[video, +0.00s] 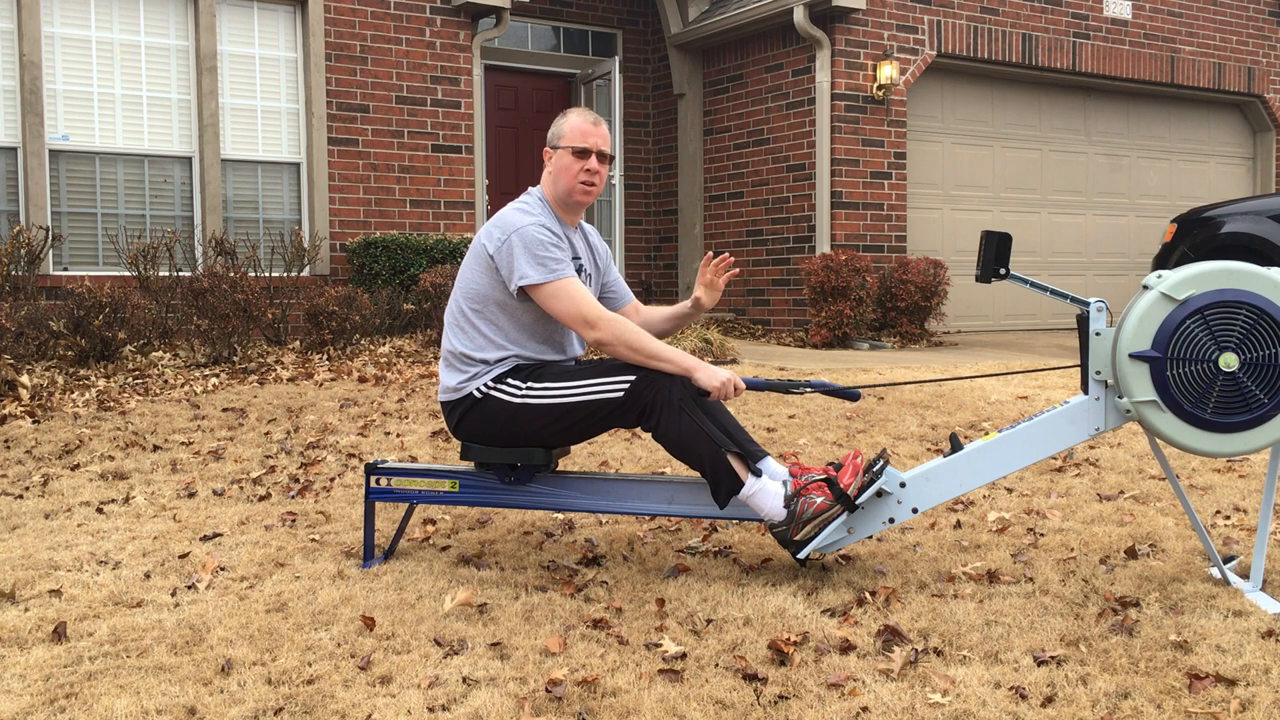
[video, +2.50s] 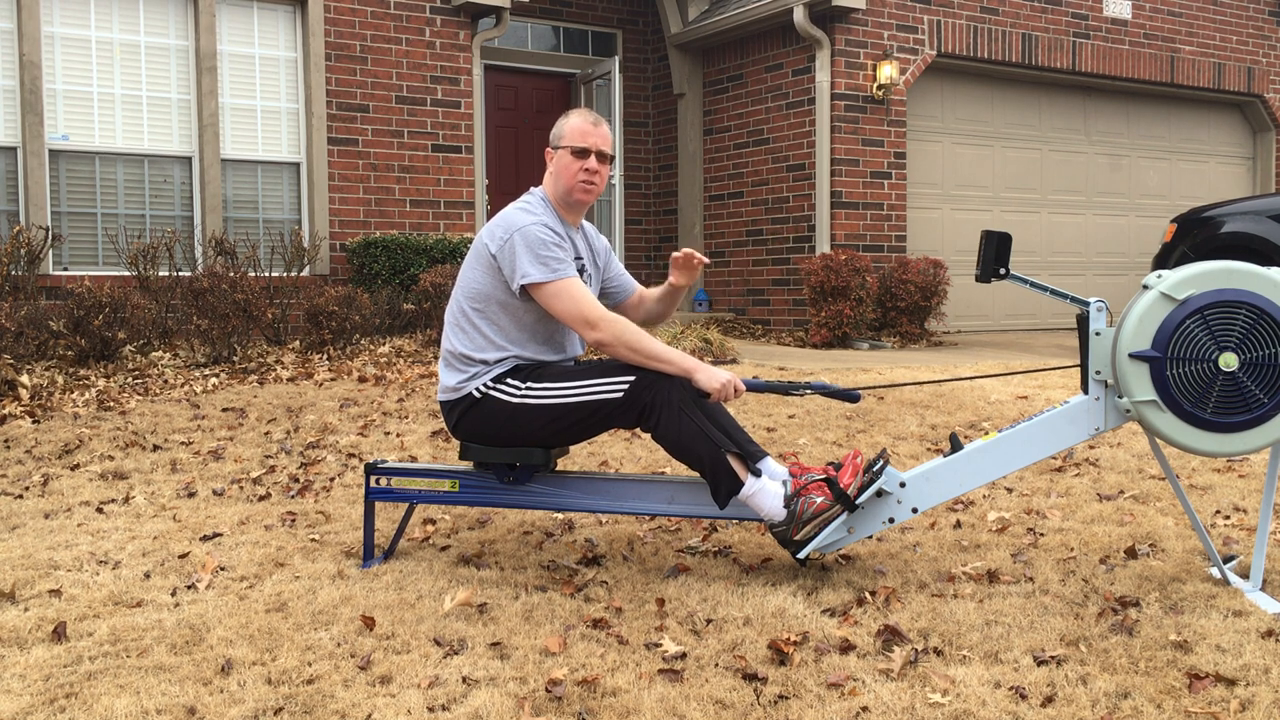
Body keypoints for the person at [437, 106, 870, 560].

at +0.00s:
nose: (593, 168)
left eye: (603, 160)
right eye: (581, 154)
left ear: (610, 171)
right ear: (548, 158)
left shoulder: (587, 240)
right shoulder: (523, 226)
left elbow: (637, 320)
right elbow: (592, 327)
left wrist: (694, 306)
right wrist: (697, 369)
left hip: (541, 377)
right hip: (487, 391)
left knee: (675, 376)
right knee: (651, 386)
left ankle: (786, 484)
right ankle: (776, 510)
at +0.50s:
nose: (592, 168)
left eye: (603, 159)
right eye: (579, 154)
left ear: (609, 171)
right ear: (548, 158)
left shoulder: (586, 239)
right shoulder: (524, 226)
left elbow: (635, 320)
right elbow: (592, 326)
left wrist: (694, 300)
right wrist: (698, 370)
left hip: (540, 377)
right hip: (487, 391)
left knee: (675, 377)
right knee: (650, 387)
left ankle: (788, 485)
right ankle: (777, 510)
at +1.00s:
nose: (594, 169)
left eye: (605, 162)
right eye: (582, 155)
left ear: (610, 173)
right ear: (550, 157)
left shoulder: (587, 236)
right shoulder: (524, 225)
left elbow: (641, 315)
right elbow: (593, 327)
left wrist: (688, 289)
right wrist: (699, 371)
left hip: (541, 377)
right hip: (487, 391)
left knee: (675, 377)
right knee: (650, 387)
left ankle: (786, 484)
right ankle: (776, 509)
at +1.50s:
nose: (595, 169)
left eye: (605, 161)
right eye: (583, 155)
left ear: (612, 172)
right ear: (551, 158)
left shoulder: (588, 238)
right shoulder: (526, 225)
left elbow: (644, 337)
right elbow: (594, 328)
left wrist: (643, 295)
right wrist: (699, 370)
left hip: (539, 376)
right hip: (486, 389)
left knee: (674, 378)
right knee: (650, 388)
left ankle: (786, 484)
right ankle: (776, 509)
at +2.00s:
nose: (593, 169)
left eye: (604, 160)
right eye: (580, 155)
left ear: (611, 171)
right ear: (550, 158)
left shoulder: (591, 238)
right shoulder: (524, 226)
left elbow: (657, 298)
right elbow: (594, 327)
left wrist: (744, 283)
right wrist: (699, 371)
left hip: (540, 377)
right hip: (487, 391)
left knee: (676, 378)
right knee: (650, 388)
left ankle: (787, 485)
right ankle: (776, 510)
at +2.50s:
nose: (593, 167)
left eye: (603, 159)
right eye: (580, 154)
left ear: (610, 171)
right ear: (549, 158)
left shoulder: (586, 236)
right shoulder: (525, 225)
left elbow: (642, 311)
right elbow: (593, 327)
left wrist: (675, 287)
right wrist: (699, 371)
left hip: (539, 376)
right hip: (487, 390)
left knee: (675, 378)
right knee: (650, 388)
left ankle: (787, 483)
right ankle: (776, 509)